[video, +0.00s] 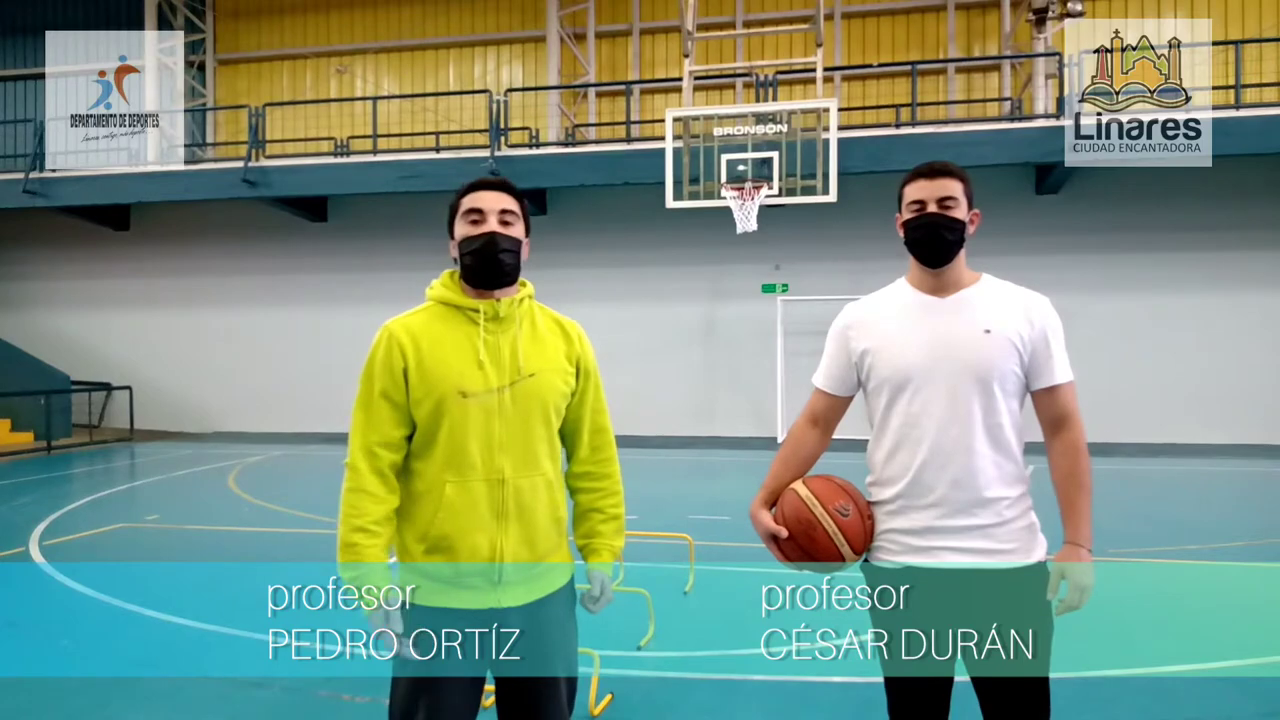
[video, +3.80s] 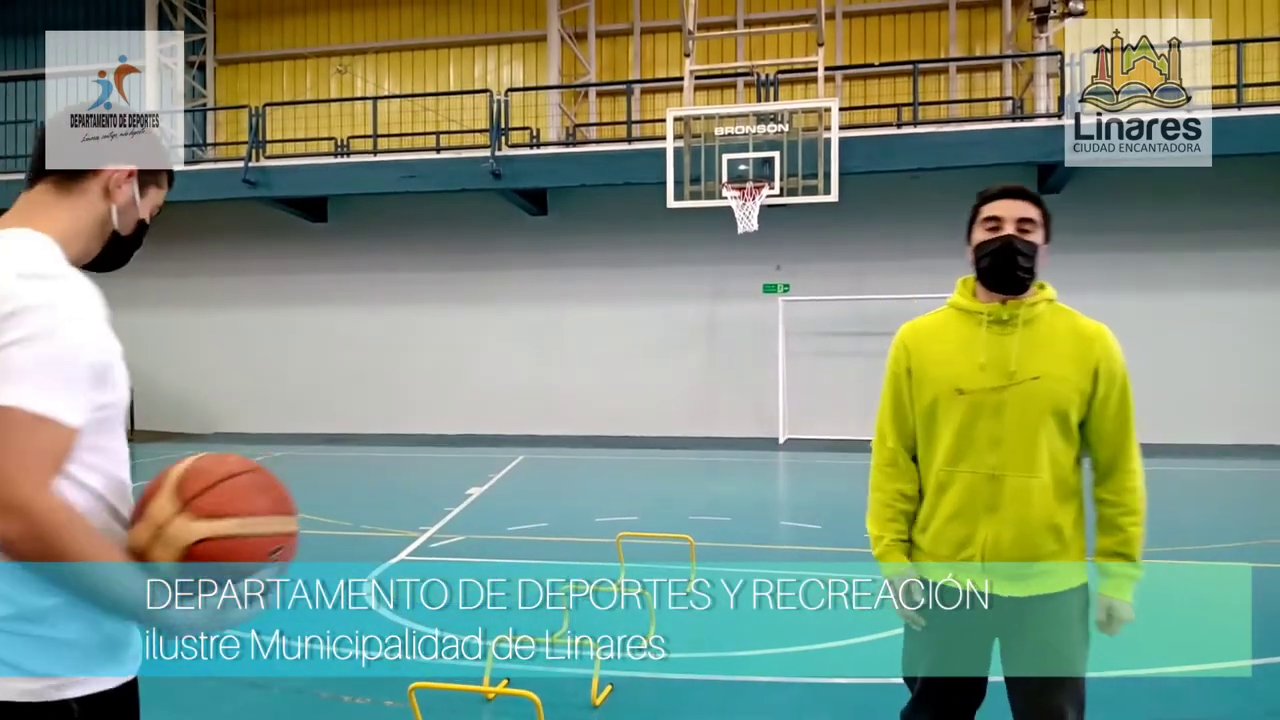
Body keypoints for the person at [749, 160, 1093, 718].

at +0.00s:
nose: (931, 216)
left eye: (946, 205)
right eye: (916, 208)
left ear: (972, 220)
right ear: (899, 226)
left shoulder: (1026, 313)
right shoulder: (860, 322)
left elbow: (1063, 430)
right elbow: (815, 423)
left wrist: (1077, 543)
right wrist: (761, 502)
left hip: (1006, 561)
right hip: (903, 562)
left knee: (1019, 711)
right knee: (914, 713)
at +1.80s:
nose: (920, 215)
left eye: (935, 204)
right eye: (905, 210)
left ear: (964, 220)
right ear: (894, 232)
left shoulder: (1023, 313)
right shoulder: (860, 324)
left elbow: (1063, 423)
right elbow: (816, 425)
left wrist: (1060, 500)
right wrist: (763, 496)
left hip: (1001, 556)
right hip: (899, 557)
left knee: (1017, 709)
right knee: (911, 713)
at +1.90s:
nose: (915, 215)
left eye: (930, 204)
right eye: (901, 212)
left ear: (961, 219)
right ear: (891, 234)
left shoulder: (1021, 313)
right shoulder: (859, 324)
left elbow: (1066, 422)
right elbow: (815, 424)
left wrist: (1037, 435)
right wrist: (762, 494)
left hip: (998, 557)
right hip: (896, 557)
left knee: (1017, 710)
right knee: (909, 714)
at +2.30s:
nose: (900, 221)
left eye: (915, 209)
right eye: (887, 218)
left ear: (949, 222)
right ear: (880, 238)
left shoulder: (1003, 310)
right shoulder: (853, 324)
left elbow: (1053, 421)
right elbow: (812, 425)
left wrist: (1016, 348)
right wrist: (761, 489)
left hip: (983, 553)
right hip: (885, 554)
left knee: (1005, 710)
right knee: (902, 711)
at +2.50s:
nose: (946, 239)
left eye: (958, 230)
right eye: (929, 232)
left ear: (976, 250)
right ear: (910, 253)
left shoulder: (1020, 323)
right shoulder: (875, 344)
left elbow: (1102, 397)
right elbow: (855, 455)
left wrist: (1042, 406)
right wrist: (853, 544)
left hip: (1010, 547)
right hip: (915, 550)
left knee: (1022, 691)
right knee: (915, 696)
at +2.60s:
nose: (931, 236)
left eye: (945, 229)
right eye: (916, 230)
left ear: (965, 250)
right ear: (900, 257)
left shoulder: (1017, 327)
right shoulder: (870, 347)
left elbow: (1081, 419)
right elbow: (854, 453)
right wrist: (853, 535)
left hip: (1009, 553)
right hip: (912, 556)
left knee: (1029, 701)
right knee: (916, 702)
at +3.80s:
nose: (1008, 235)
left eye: (1025, 227)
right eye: (991, 225)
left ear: (1044, 250)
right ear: (970, 246)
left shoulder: (1089, 343)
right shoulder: (919, 340)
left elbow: (1119, 469)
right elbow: (893, 460)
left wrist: (1118, 576)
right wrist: (894, 559)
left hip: (1050, 583)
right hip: (943, 580)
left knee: (1054, 713)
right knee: (936, 710)